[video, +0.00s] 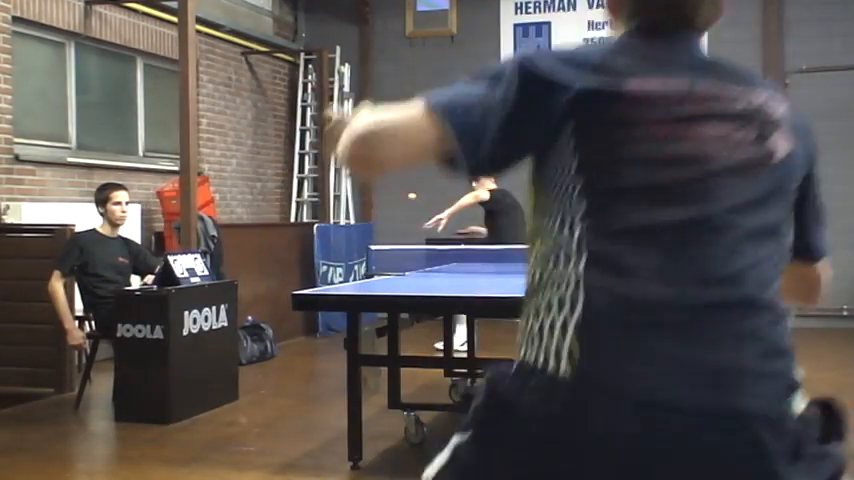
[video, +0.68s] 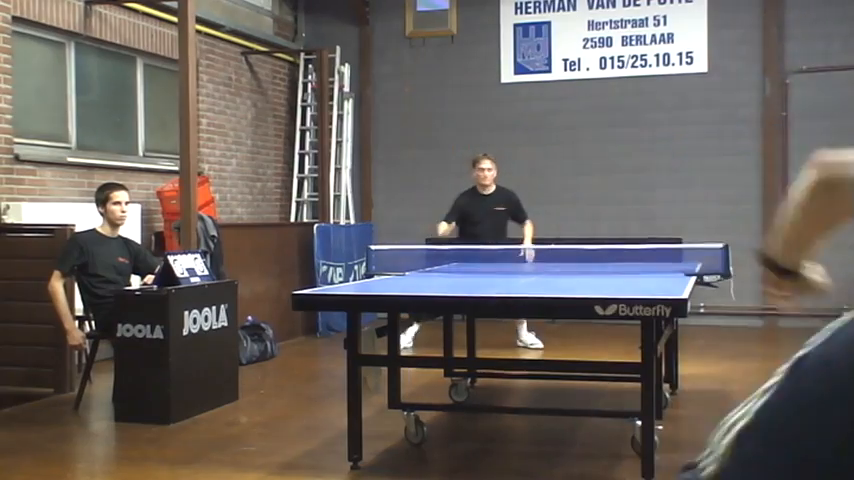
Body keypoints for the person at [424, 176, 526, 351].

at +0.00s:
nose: (474, 188)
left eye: (475, 183)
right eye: (473, 184)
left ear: (486, 181)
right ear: (493, 180)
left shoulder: (496, 196)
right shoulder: (508, 200)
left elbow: (474, 197)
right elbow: (507, 235)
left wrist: (447, 214)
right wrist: (482, 231)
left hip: (502, 262)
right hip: (514, 261)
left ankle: (460, 336)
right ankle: (463, 337)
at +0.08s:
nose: (465, 179)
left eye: (469, 174)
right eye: (464, 175)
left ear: (483, 175)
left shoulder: (497, 190)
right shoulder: (477, 204)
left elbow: (493, 194)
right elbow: (468, 236)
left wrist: (458, 203)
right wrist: (439, 229)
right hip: (479, 259)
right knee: (443, 280)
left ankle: (459, 336)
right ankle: (458, 335)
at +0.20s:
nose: (464, 171)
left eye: (469, 166)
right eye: (462, 167)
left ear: (479, 169)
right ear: (459, 171)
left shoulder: (492, 192)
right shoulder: (455, 196)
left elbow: (514, 187)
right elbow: (428, 202)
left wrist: (486, 169)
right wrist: (428, 181)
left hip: (491, 252)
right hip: (463, 253)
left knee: (494, 291)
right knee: (440, 289)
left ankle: (511, 325)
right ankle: (452, 327)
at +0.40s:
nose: (461, 179)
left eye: (465, 175)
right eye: (457, 175)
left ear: (472, 179)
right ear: (450, 178)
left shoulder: (482, 205)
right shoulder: (440, 199)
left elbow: (494, 233)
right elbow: (423, 203)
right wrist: (430, 176)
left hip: (472, 257)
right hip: (440, 256)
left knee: (491, 288)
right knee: (411, 288)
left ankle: (496, 337)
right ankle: (403, 335)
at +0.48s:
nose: (464, 180)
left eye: (468, 177)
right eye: (460, 176)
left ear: (475, 181)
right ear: (454, 180)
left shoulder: (481, 207)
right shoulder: (442, 201)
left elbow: (491, 235)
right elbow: (424, 217)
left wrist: (515, 244)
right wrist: (431, 194)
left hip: (472, 263)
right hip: (439, 261)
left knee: (500, 283)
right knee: (414, 291)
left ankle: (503, 331)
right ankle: (402, 333)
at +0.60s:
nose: (476, 177)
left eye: (481, 173)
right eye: (472, 173)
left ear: (487, 177)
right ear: (465, 176)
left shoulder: (495, 202)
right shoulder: (453, 201)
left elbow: (510, 229)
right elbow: (431, 228)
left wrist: (518, 245)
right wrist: (436, 216)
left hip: (486, 262)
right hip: (452, 261)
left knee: (508, 290)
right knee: (425, 294)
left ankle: (520, 334)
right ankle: (404, 333)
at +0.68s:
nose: (485, 173)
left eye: (489, 169)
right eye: (480, 170)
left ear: (496, 173)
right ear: (473, 173)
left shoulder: (507, 197)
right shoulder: (465, 198)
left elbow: (527, 223)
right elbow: (448, 226)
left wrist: (527, 243)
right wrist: (443, 229)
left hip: (499, 261)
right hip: (466, 261)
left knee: (521, 285)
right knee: (435, 291)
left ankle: (523, 333)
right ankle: (410, 333)